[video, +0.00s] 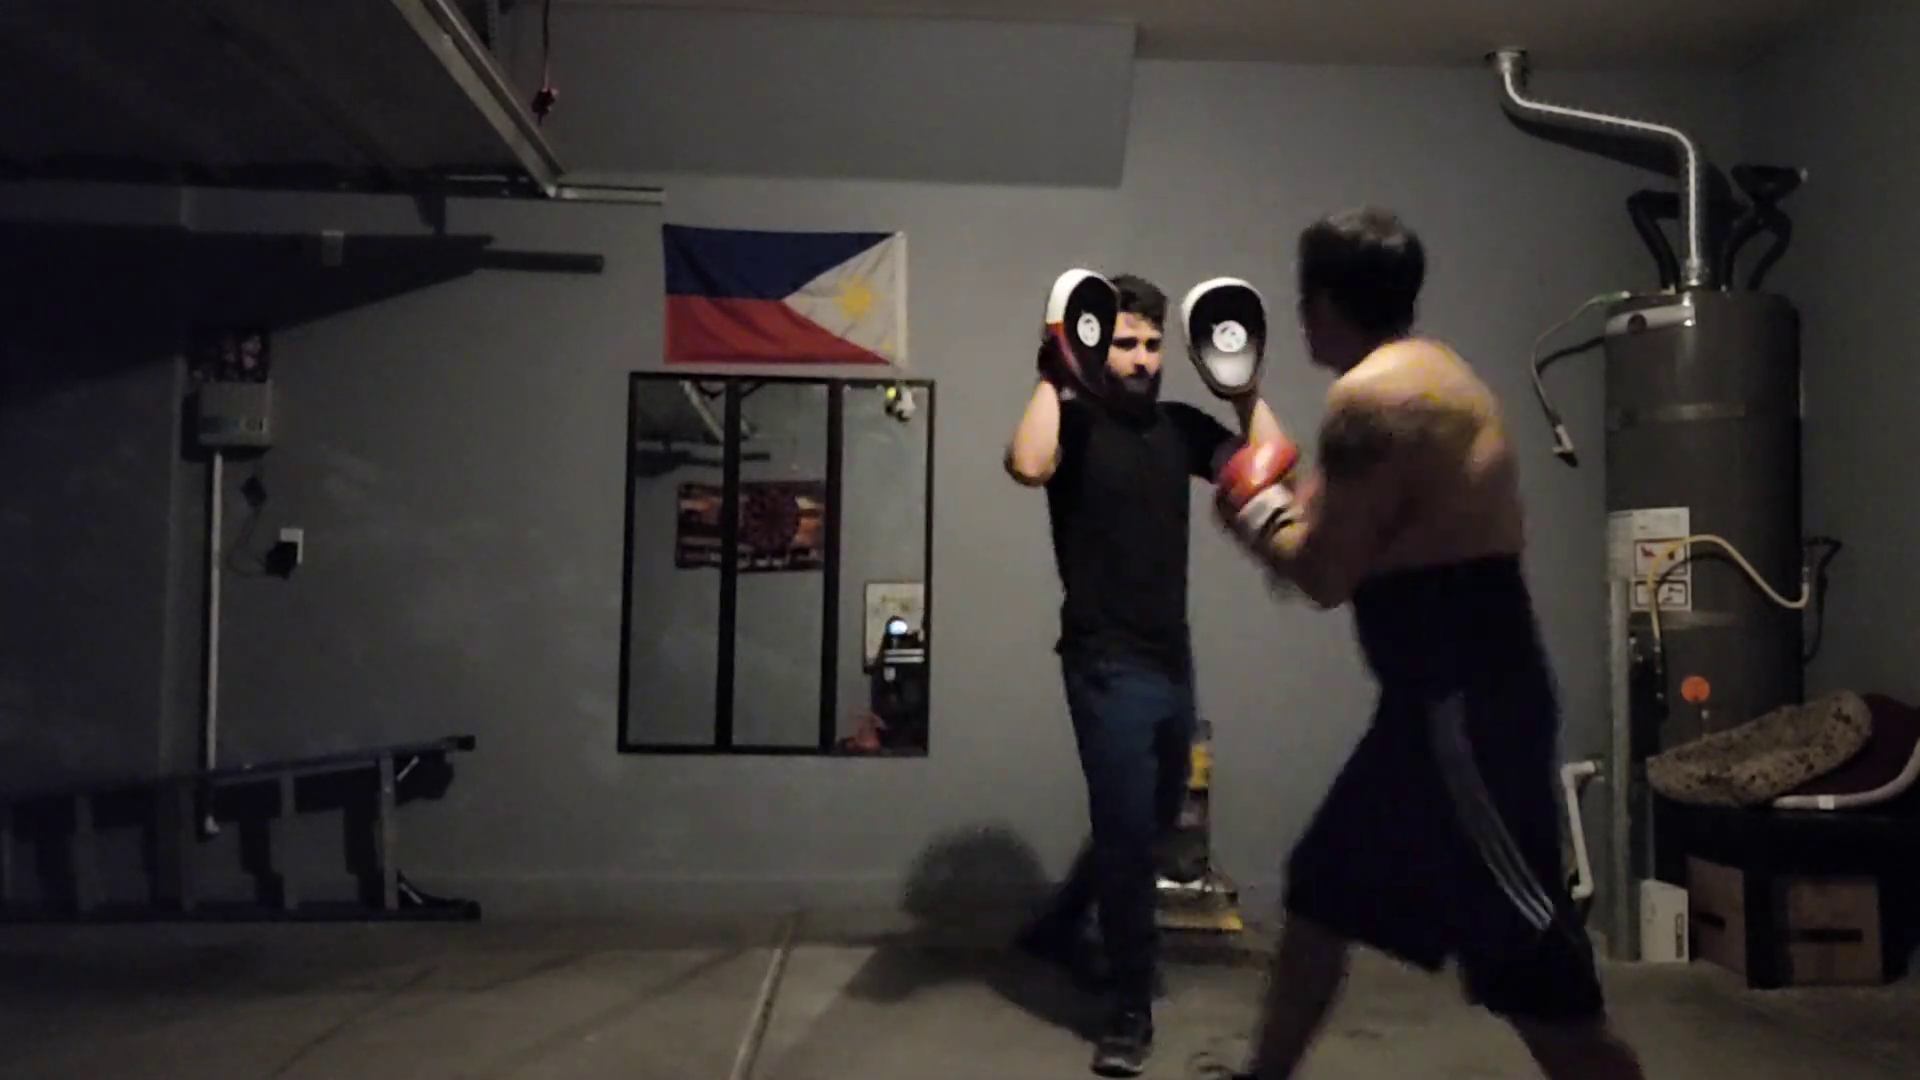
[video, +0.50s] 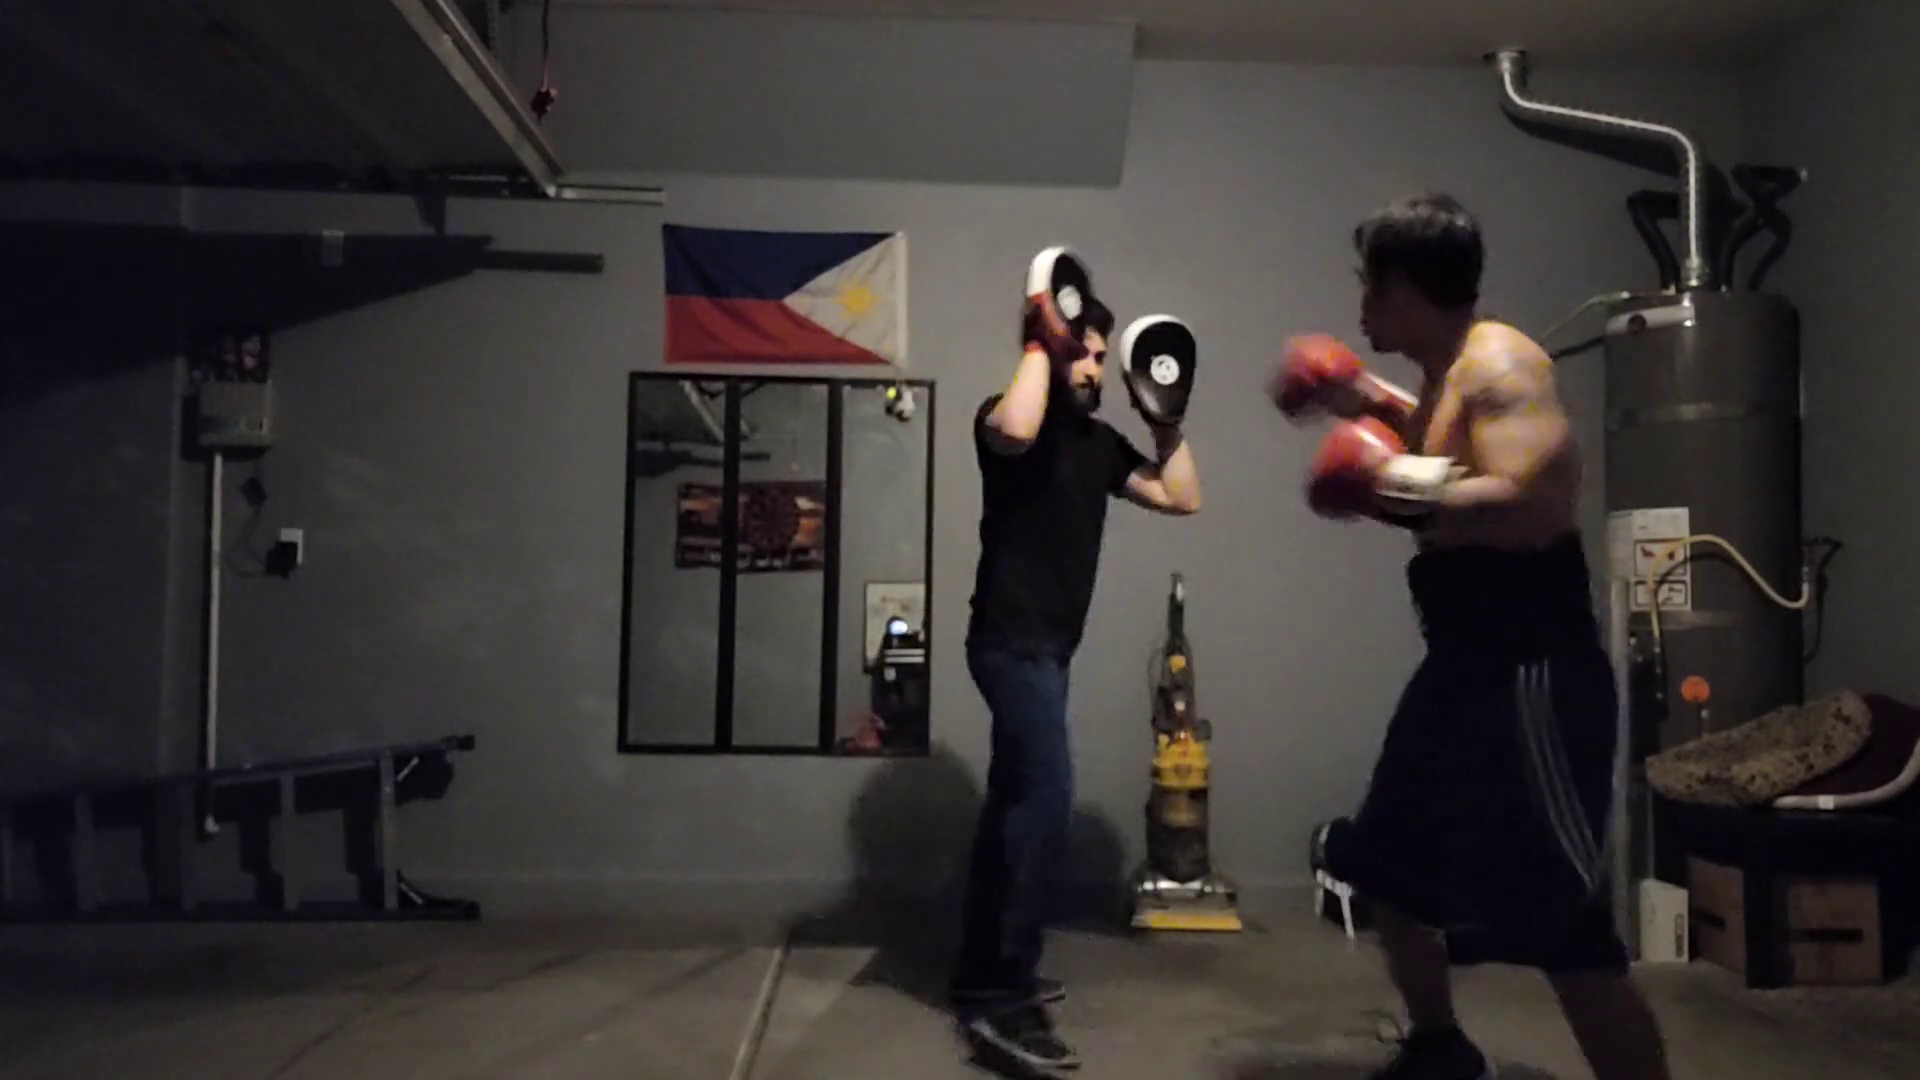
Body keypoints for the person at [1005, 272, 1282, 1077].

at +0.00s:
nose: (1139, 357)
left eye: (1150, 344)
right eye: (1124, 344)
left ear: (1163, 351)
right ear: (1090, 349)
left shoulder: (1179, 426)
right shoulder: (1068, 416)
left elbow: (1269, 469)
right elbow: (1030, 464)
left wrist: (1247, 390)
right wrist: (1055, 373)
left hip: (1167, 651)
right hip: (1102, 653)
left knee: (1148, 823)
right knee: (1127, 829)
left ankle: (1059, 926)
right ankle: (1131, 1003)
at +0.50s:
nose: (1095, 355)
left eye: (1100, 345)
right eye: (1083, 343)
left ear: (1101, 353)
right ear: (1049, 348)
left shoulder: (1096, 436)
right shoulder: (1010, 414)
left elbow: (1180, 497)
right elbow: (1017, 429)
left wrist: (1164, 415)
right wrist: (1041, 345)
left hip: (1051, 648)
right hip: (1010, 644)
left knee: (1015, 810)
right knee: (1043, 799)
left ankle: (993, 983)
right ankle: (995, 995)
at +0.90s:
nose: (1032, 352)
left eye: (1040, 341)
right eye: (1017, 339)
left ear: (1047, 346)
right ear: (974, 342)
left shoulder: (1056, 420)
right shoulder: (938, 419)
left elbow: (1149, 465)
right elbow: (892, 500)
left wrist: (1165, 388)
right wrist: (965, 435)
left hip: (1021, 654)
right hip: (965, 654)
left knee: (986, 832)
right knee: (976, 841)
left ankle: (928, 973)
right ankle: (952, 1033)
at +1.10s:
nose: (1037, 346)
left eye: (1038, 332)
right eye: (1026, 331)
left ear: (992, 332)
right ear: (980, 329)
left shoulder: (993, 410)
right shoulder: (958, 401)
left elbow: (1065, 488)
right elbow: (947, 499)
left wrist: (1091, 417)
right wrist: (1034, 530)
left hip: (961, 660)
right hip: (951, 664)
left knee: (948, 824)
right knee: (978, 835)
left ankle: (936, 971)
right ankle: (952, 1033)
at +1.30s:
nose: (1013, 347)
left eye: (1014, 333)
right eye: (1003, 331)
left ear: (951, 332)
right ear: (956, 327)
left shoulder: (917, 398)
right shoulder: (957, 400)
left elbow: (965, 477)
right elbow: (1011, 478)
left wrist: (1013, 422)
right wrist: (1119, 480)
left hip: (894, 647)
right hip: (929, 656)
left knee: (893, 807)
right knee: (964, 833)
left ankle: (800, 984)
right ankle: (954, 1034)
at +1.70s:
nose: (977, 339)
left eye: (977, 325)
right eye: (966, 324)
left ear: (917, 329)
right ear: (917, 323)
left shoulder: (910, 407)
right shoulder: (913, 393)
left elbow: (978, 515)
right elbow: (957, 464)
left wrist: (997, 427)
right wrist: (1069, 435)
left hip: (856, 658)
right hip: (892, 664)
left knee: (826, 828)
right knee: (919, 849)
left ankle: (776, 1002)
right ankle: (909, 1048)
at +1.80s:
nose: (972, 338)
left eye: (975, 323)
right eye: (959, 321)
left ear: (946, 327)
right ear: (909, 319)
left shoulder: (945, 414)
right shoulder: (873, 397)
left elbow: (1029, 498)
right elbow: (897, 471)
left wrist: (1046, 410)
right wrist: (991, 403)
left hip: (896, 660)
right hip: (874, 660)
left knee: (818, 824)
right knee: (923, 845)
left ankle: (730, 987)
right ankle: (908, 1052)